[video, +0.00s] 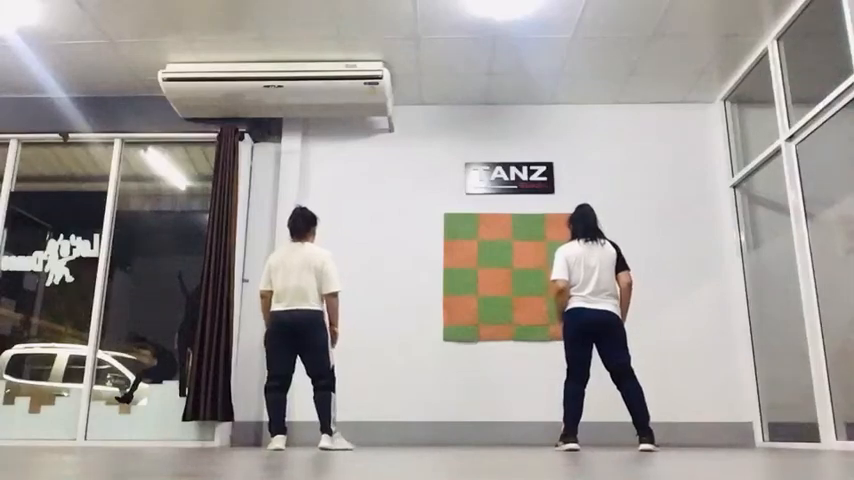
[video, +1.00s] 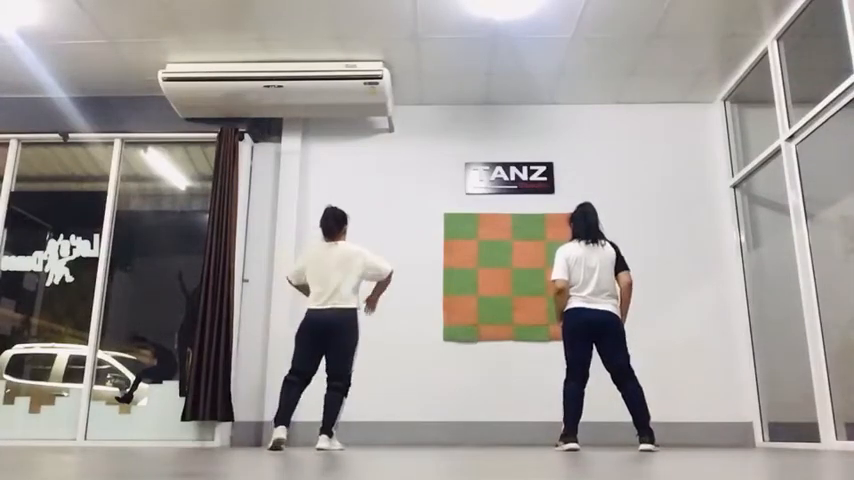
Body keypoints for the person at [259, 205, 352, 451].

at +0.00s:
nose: (315, 234)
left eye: (313, 230)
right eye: (314, 230)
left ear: (290, 231)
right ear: (312, 231)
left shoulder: (276, 257)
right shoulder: (320, 255)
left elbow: (265, 294)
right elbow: (331, 295)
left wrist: (269, 324)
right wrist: (334, 325)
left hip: (279, 322)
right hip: (311, 321)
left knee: (276, 379)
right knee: (322, 378)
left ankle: (278, 435)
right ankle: (327, 434)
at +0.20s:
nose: (319, 233)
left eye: (318, 230)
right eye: (319, 229)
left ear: (294, 230)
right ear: (316, 230)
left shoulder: (280, 256)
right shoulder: (323, 255)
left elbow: (269, 294)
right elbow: (333, 295)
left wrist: (271, 325)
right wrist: (335, 325)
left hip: (283, 320)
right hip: (315, 320)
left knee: (279, 379)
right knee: (323, 378)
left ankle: (278, 434)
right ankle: (324, 434)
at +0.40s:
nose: (326, 233)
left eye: (326, 230)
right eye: (326, 230)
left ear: (302, 231)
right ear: (324, 230)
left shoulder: (288, 256)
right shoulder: (331, 255)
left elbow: (280, 296)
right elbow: (344, 294)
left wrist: (282, 326)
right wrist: (345, 325)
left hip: (292, 320)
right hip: (324, 320)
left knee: (285, 379)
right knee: (327, 379)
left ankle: (279, 434)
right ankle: (325, 434)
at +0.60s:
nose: (335, 232)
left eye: (334, 229)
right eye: (334, 229)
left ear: (310, 231)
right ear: (332, 230)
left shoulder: (299, 257)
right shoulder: (340, 256)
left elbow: (290, 294)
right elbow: (355, 292)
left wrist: (295, 319)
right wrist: (357, 321)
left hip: (301, 320)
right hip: (332, 321)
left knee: (289, 377)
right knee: (332, 380)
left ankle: (279, 432)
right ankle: (325, 435)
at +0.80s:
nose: (340, 231)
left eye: (338, 228)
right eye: (340, 228)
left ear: (316, 230)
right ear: (339, 229)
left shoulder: (307, 255)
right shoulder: (348, 255)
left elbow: (294, 288)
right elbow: (372, 287)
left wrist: (307, 310)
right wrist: (369, 314)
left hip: (308, 320)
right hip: (339, 321)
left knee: (292, 376)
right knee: (335, 381)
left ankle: (278, 431)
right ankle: (326, 435)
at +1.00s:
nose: (345, 230)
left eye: (341, 227)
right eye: (345, 227)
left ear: (322, 229)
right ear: (344, 229)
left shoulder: (312, 252)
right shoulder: (354, 253)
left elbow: (295, 278)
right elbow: (386, 273)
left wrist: (314, 294)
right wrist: (374, 297)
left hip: (314, 320)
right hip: (344, 322)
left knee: (298, 375)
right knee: (338, 381)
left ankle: (280, 427)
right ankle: (325, 435)